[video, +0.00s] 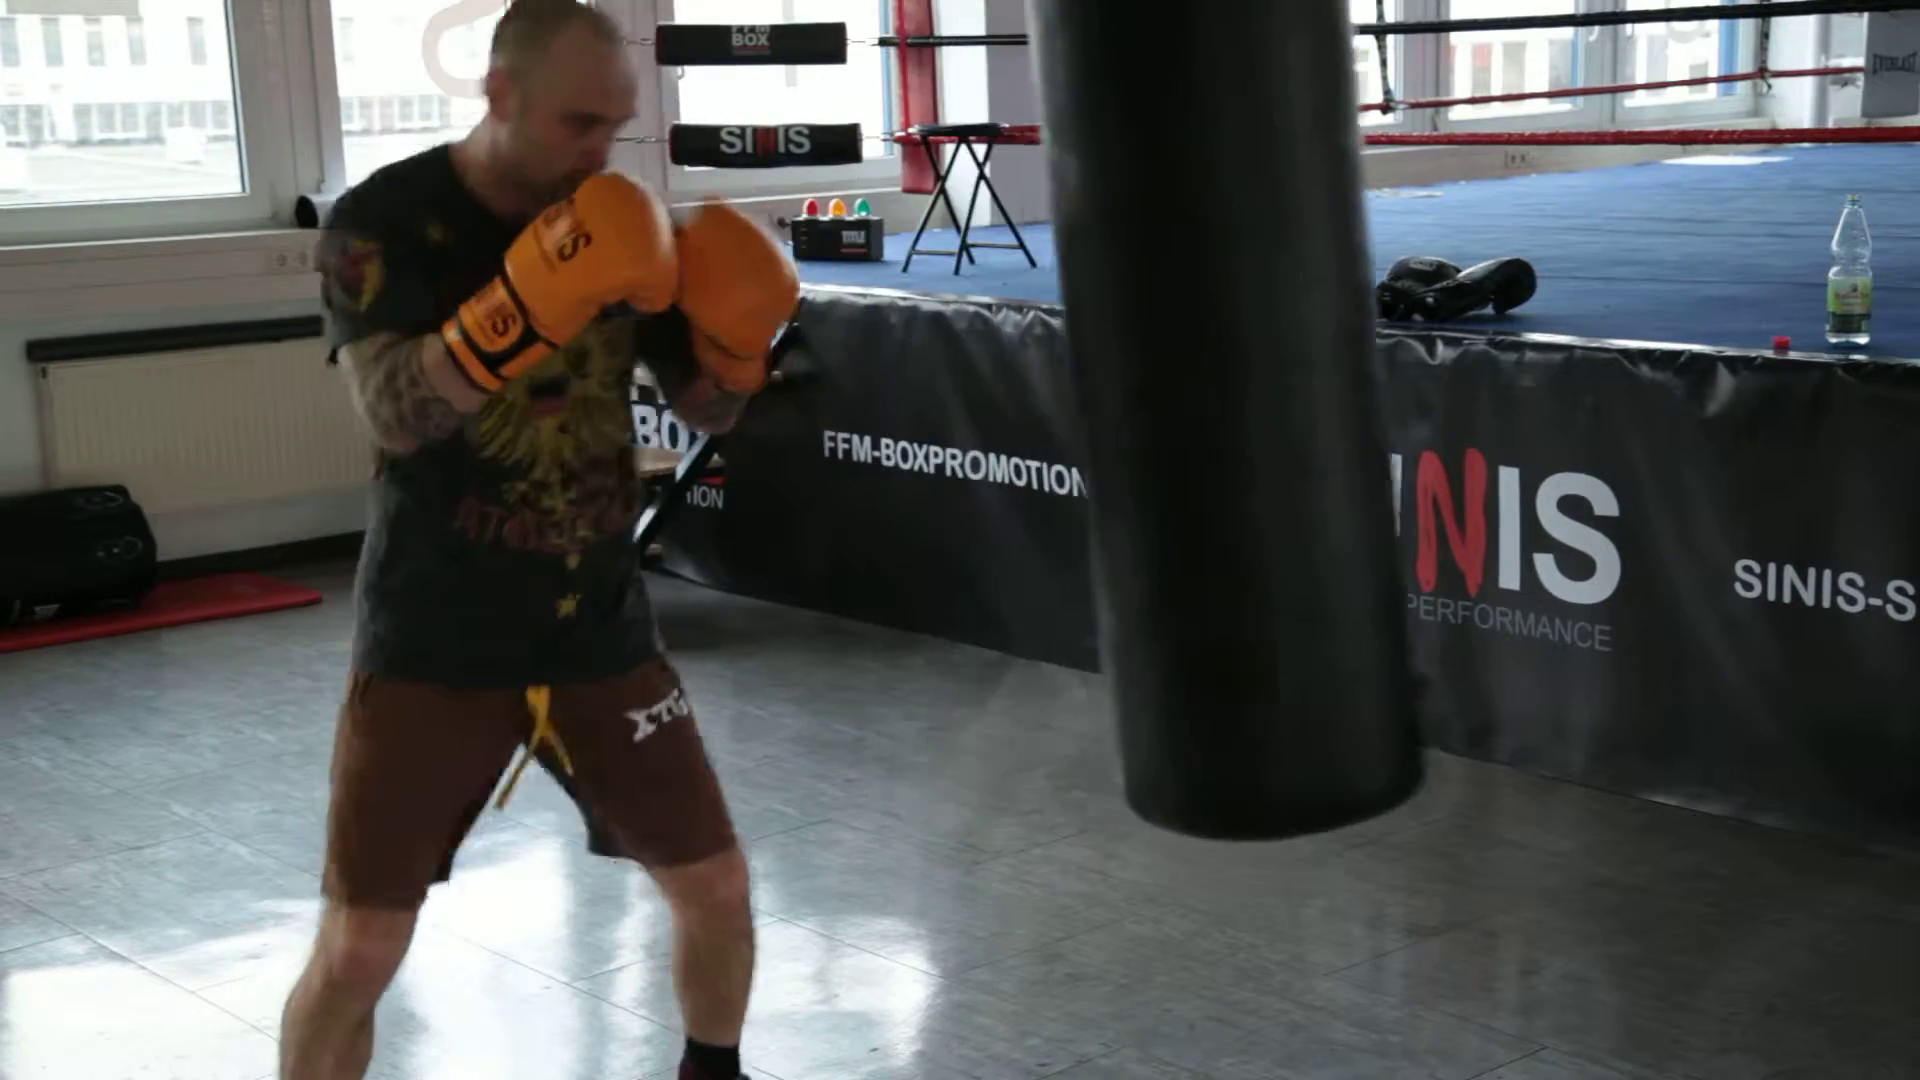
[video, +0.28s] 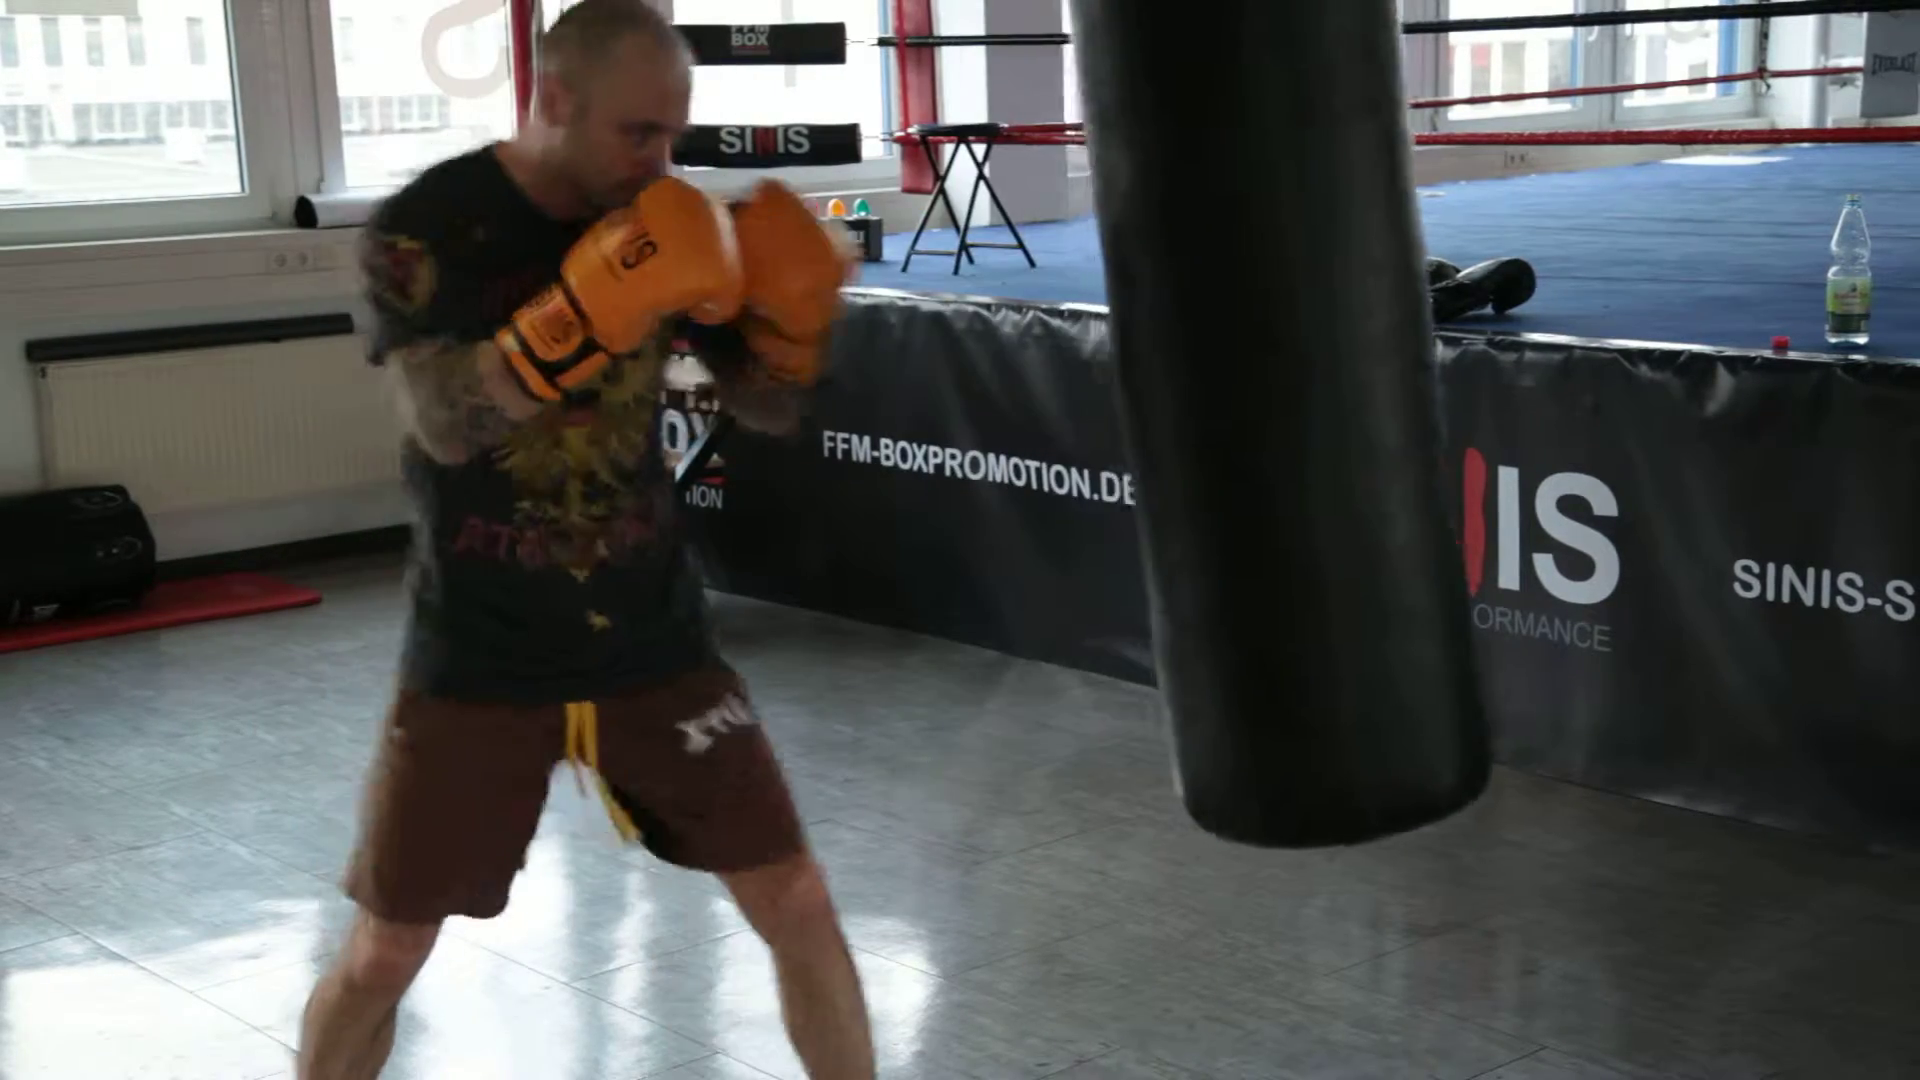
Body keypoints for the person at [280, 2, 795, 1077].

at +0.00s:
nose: (605, 149)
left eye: (617, 124)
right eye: (584, 123)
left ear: (625, 112)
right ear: (503, 94)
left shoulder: (607, 227)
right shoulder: (380, 219)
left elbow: (704, 407)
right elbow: (391, 415)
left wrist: (737, 341)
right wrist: (530, 301)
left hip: (597, 624)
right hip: (434, 637)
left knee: (717, 888)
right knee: (360, 951)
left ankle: (712, 1071)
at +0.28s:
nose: (661, 159)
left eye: (673, 132)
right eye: (638, 132)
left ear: (681, 119)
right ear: (551, 101)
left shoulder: (653, 225)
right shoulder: (423, 225)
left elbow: (756, 412)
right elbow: (436, 419)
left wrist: (791, 320)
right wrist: (583, 319)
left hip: (649, 632)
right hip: (479, 647)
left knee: (798, 905)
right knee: (384, 956)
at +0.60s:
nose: (858, 203)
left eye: (871, 178)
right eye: (845, 171)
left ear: (772, 133)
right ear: (762, 129)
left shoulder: (750, 241)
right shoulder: (636, 220)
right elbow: (773, 362)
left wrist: (869, 329)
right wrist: (930, 314)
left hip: (722, 629)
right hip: (588, 649)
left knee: (855, 897)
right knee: (479, 987)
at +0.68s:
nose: (844, 203)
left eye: (858, 178)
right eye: (833, 171)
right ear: (749, 131)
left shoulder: (781, 244)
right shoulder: (597, 232)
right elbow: (631, 424)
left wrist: (921, 298)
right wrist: (819, 354)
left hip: (725, 643)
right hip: (569, 663)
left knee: (854, 909)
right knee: (453, 973)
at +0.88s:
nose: (756, 207)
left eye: (769, 185)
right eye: (743, 178)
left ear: (673, 143)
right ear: (661, 137)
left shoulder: (718, 249)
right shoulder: (507, 240)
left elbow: (826, 374)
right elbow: (501, 446)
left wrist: (947, 336)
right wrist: (660, 323)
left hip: (695, 650)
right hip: (527, 668)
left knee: (828, 913)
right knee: (413, 986)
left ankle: (890, 1078)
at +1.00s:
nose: (686, 212)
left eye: (700, 188)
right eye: (671, 183)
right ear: (587, 148)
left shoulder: (662, 259)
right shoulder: (440, 264)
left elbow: (744, 425)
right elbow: (450, 465)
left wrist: (803, 387)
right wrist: (595, 337)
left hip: (655, 665)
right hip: (493, 683)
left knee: (809, 911)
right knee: (392, 997)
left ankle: (879, 1079)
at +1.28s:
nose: (720, 187)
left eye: (737, 161)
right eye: (700, 155)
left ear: (752, 148)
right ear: (619, 121)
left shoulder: (748, 246)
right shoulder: (479, 240)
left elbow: (915, 335)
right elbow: (405, 449)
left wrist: (984, 274)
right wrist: (530, 352)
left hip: (691, 658)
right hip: (512, 666)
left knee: (818, 927)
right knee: (396, 970)